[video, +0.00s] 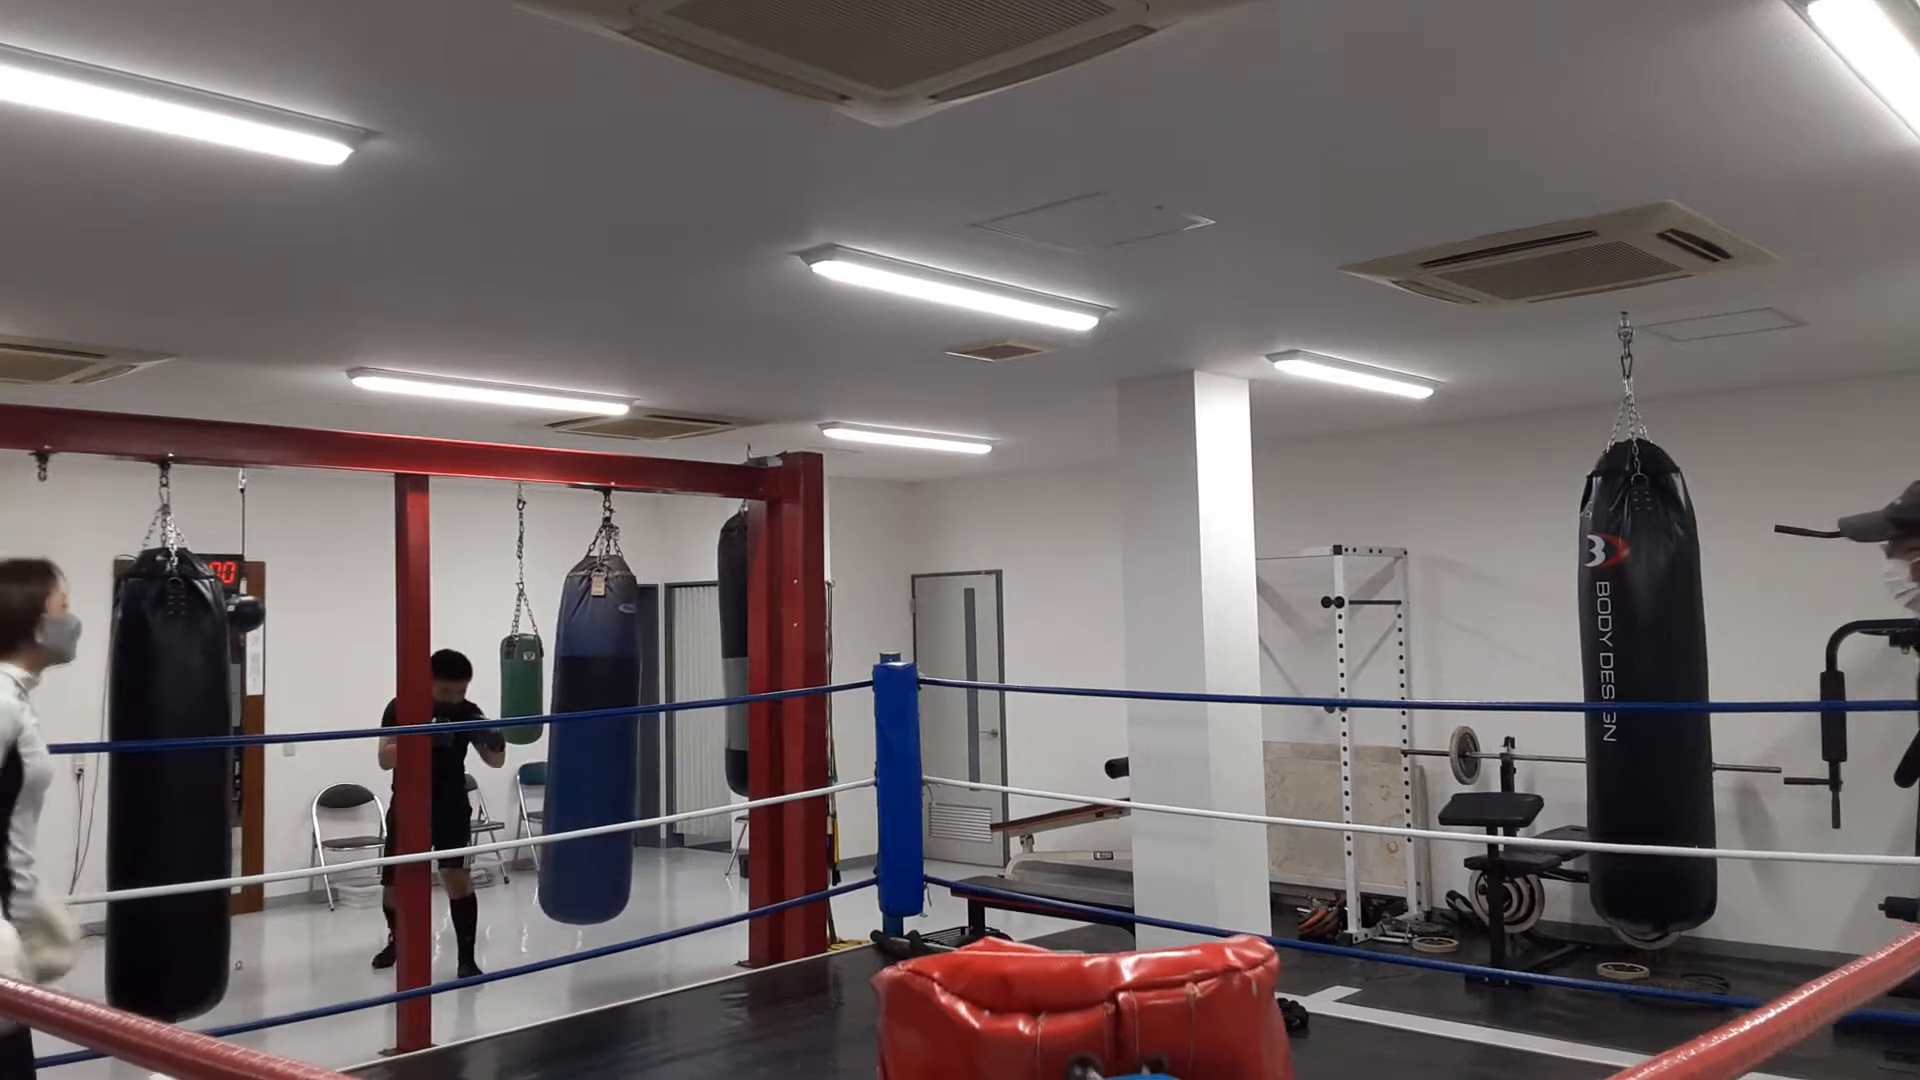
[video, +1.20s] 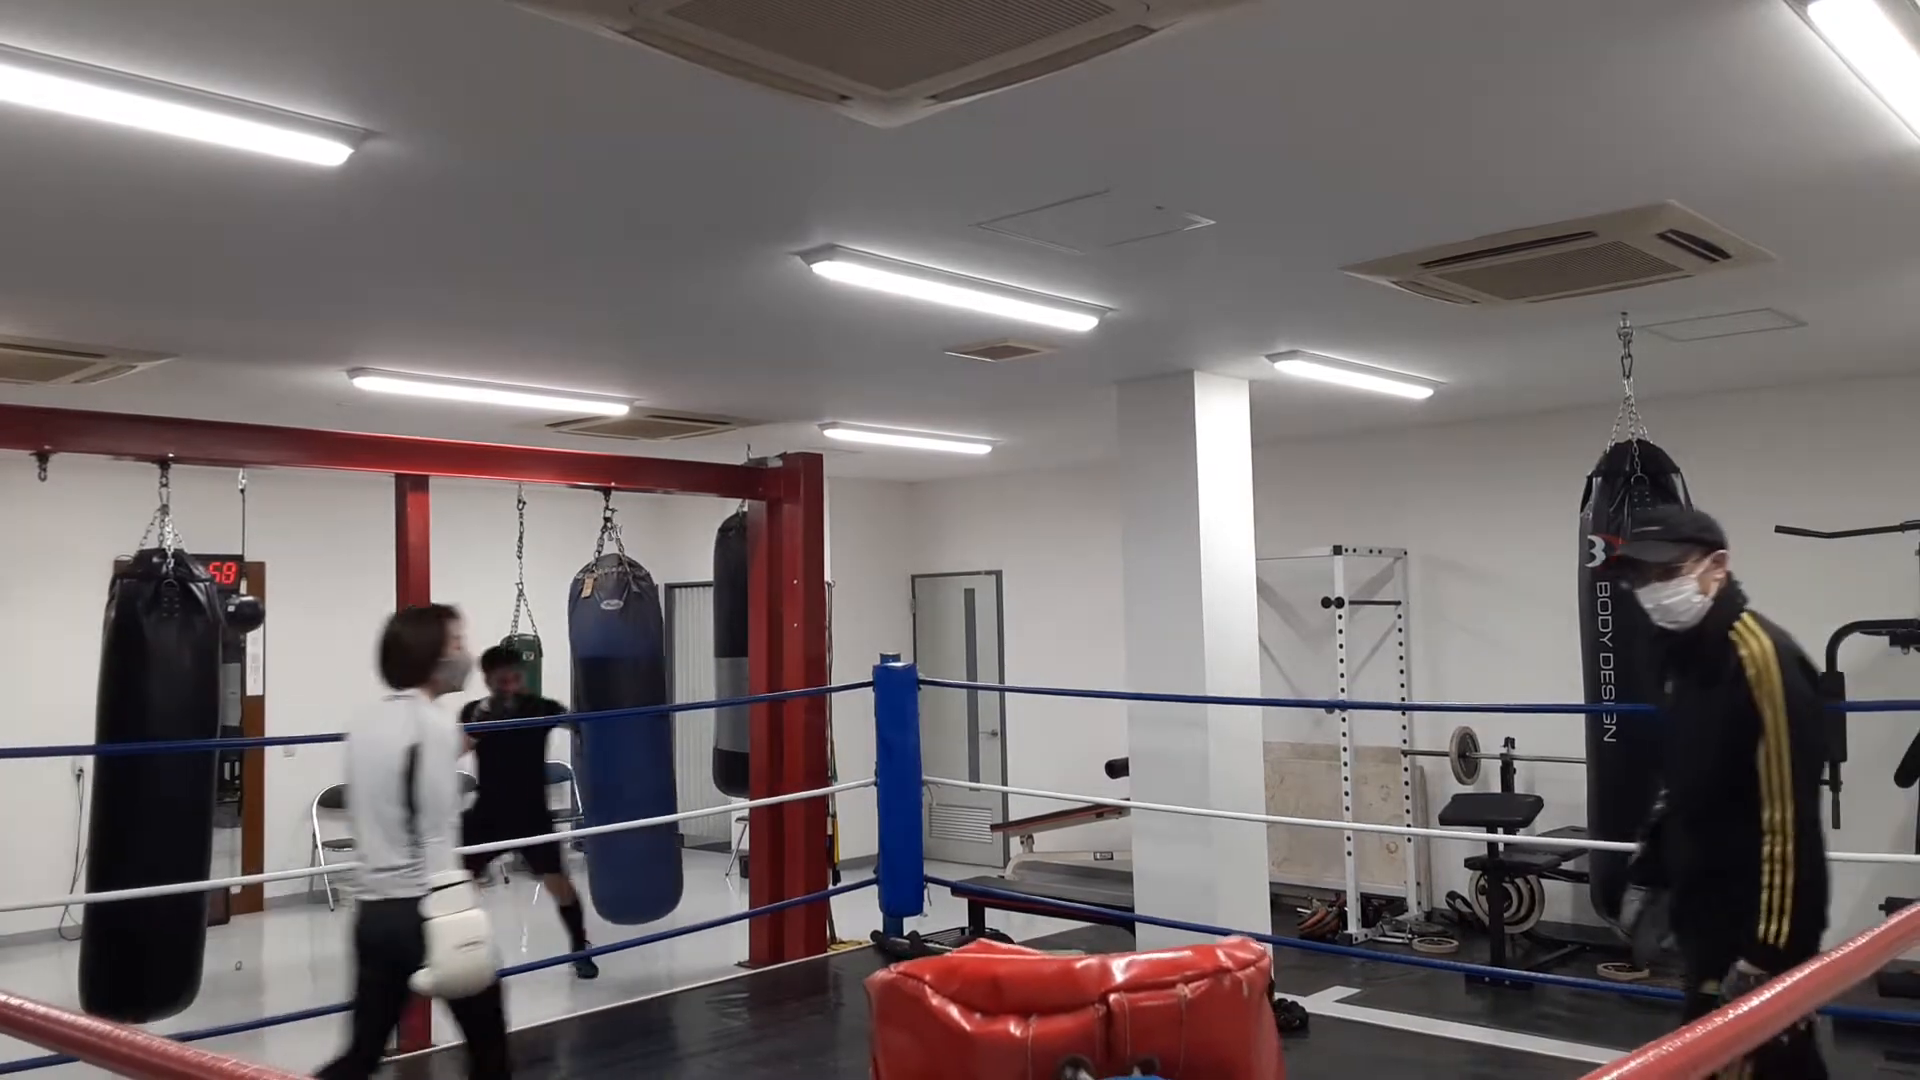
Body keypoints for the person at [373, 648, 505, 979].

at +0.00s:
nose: (453, 698)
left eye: (459, 691)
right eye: (447, 691)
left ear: (466, 686)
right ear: (430, 683)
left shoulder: (468, 713)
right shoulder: (401, 709)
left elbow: (496, 760)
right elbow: (385, 759)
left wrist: (491, 735)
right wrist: (418, 740)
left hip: (450, 805)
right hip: (406, 805)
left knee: (457, 877)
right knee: (392, 882)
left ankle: (466, 960)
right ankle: (395, 941)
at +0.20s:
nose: (452, 685)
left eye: (457, 678)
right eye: (446, 678)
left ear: (462, 675)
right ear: (427, 672)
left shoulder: (463, 705)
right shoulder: (397, 700)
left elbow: (498, 748)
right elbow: (377, 748)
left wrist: (491, 726)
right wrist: (408, 724)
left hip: (443, 801)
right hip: (398, 800)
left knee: (453, 876)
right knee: (374, 875)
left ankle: (467, 961)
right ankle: (360, 946)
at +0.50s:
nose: (406, 683)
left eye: (409, 676)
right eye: (399, 677)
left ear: (413, 679)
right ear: (382, 678)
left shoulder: (419, 710)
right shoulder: (355, 714)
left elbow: (465, 745)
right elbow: (354, 759)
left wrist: (451, 731)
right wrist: (388, 729)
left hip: (412, 817)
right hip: (365, 819)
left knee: (437, 885)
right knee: (337, 892)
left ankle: (463, 961)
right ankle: (312, 965)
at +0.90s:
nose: (452, 687)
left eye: (455, 682)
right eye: (447, 681)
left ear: (456, 681)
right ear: (427, 678)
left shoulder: (455, 717)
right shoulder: (391, 714)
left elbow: (502, 741)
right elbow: (392, 751)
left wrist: (499, 709)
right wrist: (434, 712)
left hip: (436, 819)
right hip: (391, 820)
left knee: (475, 884)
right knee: (356, 894)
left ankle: (498, 957)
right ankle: (326, 959)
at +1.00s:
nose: (469, 689)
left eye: (473, 682)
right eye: (463, 681)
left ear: (476, 681)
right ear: (442, 679)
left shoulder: (478, 712)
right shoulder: (420, 710)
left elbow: (521, 743)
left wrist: (504, 714)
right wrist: (432, 712)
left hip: (465, 812)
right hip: (421, 814)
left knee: (500, 882)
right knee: (396, 886)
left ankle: (511, 950)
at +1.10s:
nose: (485, 689)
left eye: (490, 681)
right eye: (477, 682)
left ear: (496, 680)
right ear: (461, 683)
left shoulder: (508, 714)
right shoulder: (444, 715)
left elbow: (556, 743)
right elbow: (433, 752)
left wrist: (532, 723)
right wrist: (454, 721)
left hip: (493, 815)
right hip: (451, 818)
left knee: (532, 881)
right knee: (422, 889)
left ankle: (560, 946)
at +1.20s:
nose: (509, 686)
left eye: (515, 678)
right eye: (501, 680)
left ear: (523, 678)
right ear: (488, 681)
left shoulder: (540, 709)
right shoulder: (474, 713)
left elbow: (583, 726)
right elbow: (450, 755)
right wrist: (473, 733)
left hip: (531, 810)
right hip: (487, 811)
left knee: (556, 881)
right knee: (461, 880)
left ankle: (580, 948)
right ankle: (459, 953)